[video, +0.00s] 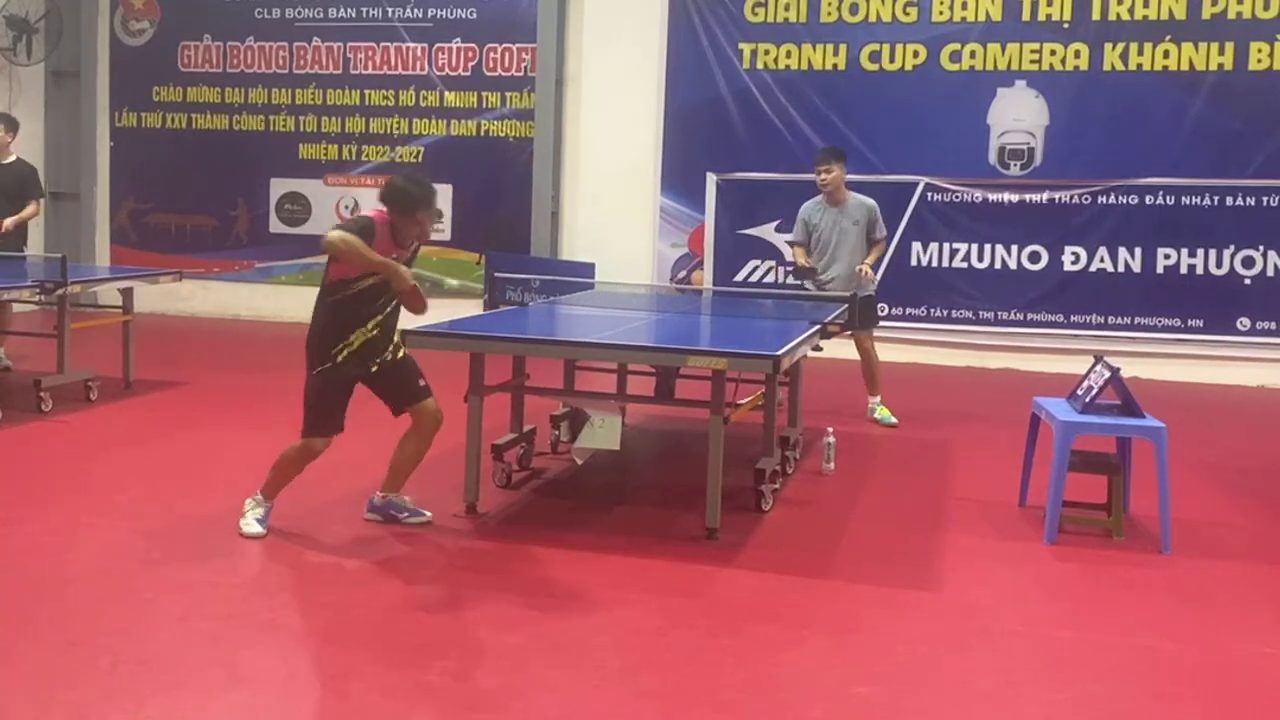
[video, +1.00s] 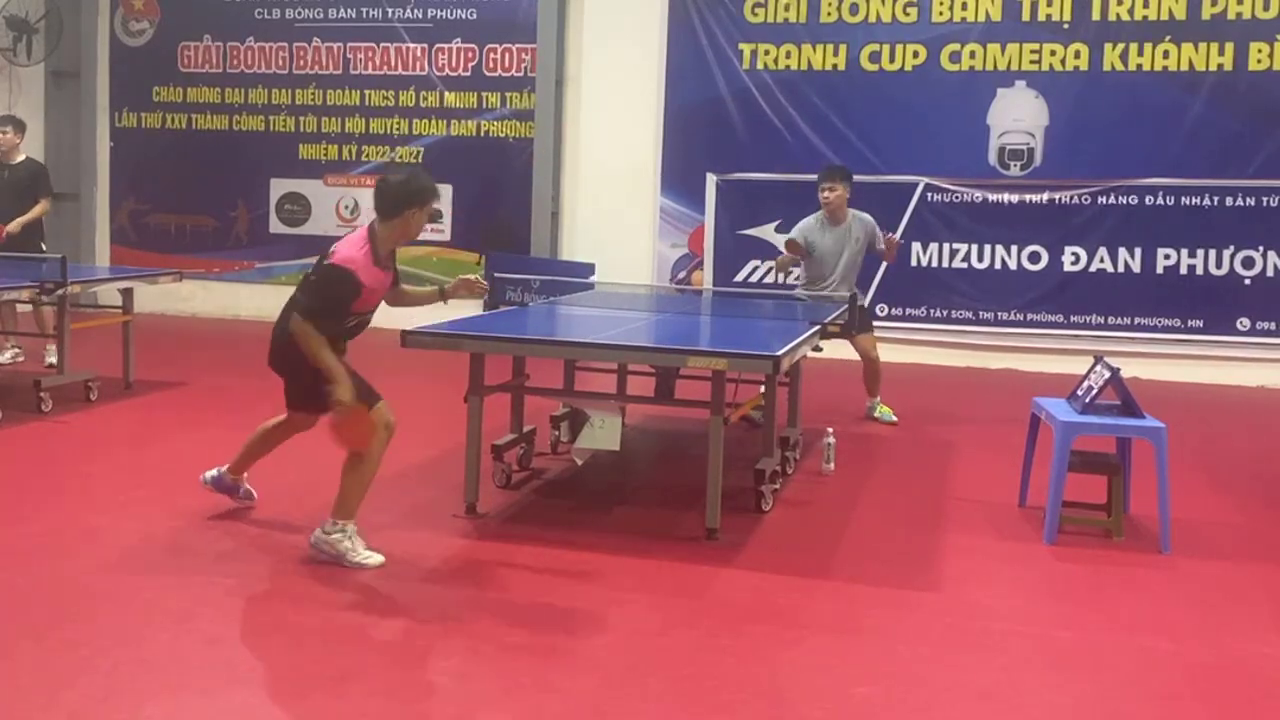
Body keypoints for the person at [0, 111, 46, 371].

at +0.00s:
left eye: (1, 132)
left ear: (11, 136)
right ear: (5, 135)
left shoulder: (26, 170)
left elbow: (35, 206)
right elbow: (34, 206)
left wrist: (13, 220)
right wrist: (14, 220)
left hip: (10, 248)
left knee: (4, 300)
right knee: (3, 301)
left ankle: (2, 348)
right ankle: (2, 349)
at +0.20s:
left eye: (2, 132)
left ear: (13, 136)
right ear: (6, 136)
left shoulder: (27, 170)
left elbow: (34, 206)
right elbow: (34, 206)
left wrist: (11, 218)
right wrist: (12, 218)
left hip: (11, 247)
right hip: (4, 245)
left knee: (6, 298)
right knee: (4, 298)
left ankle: (6, 340)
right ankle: (6, 338)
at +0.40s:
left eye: (2, 132)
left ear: (13, 137)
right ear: (6, 136)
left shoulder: (28, 170)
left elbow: (36, 205)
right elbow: (36, 205)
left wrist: (14, 222)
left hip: (13, 247)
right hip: (2, 246)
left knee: (6, 299)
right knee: (4, 299)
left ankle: (6, 345)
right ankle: (8, 342)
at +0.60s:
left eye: (1, 134)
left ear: (11, 138)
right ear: (6, 137)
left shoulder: (28, 170)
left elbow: (39, 204)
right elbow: (39, 204)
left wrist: (17, 222)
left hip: (15, 249)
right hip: (2, 248)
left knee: (8, 300)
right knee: (5, 301)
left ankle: (6, 346)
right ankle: (10, 344)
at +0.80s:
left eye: (2, 134)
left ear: (12, 137)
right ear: (7, 137)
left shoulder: (31, 169)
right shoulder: (5, 167)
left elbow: (41, 202)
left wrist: (19, 221)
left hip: (22, 248)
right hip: (4, 247)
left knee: (22, 300)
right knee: (5, 300)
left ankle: (21, 346)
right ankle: (7, 345)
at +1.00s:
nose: (0, 138)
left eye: (5, 133)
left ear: (19, 137)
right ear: (3, 137)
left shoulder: (35, 169)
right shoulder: (3, 168)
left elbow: (45, 204)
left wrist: (19, 222)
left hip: (28, 247)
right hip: (4, 247)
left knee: (34, 297)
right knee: (5, 299)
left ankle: (50, 344)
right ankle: (11, 345)